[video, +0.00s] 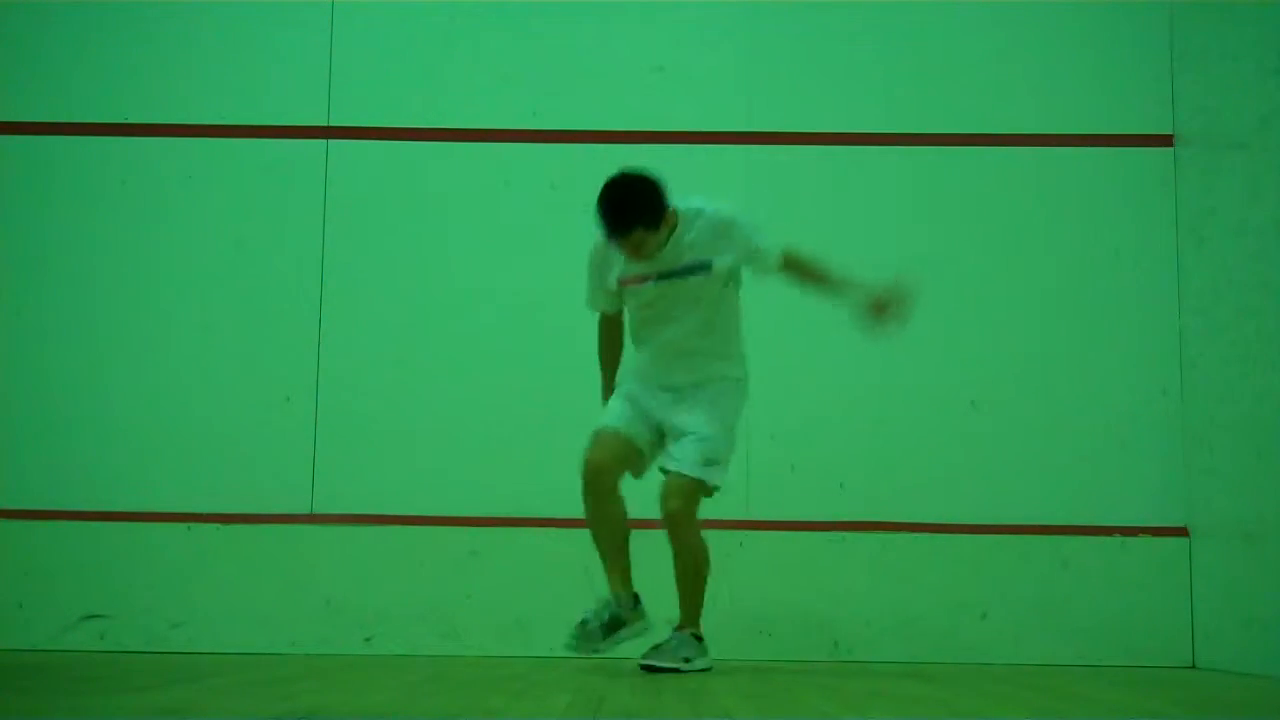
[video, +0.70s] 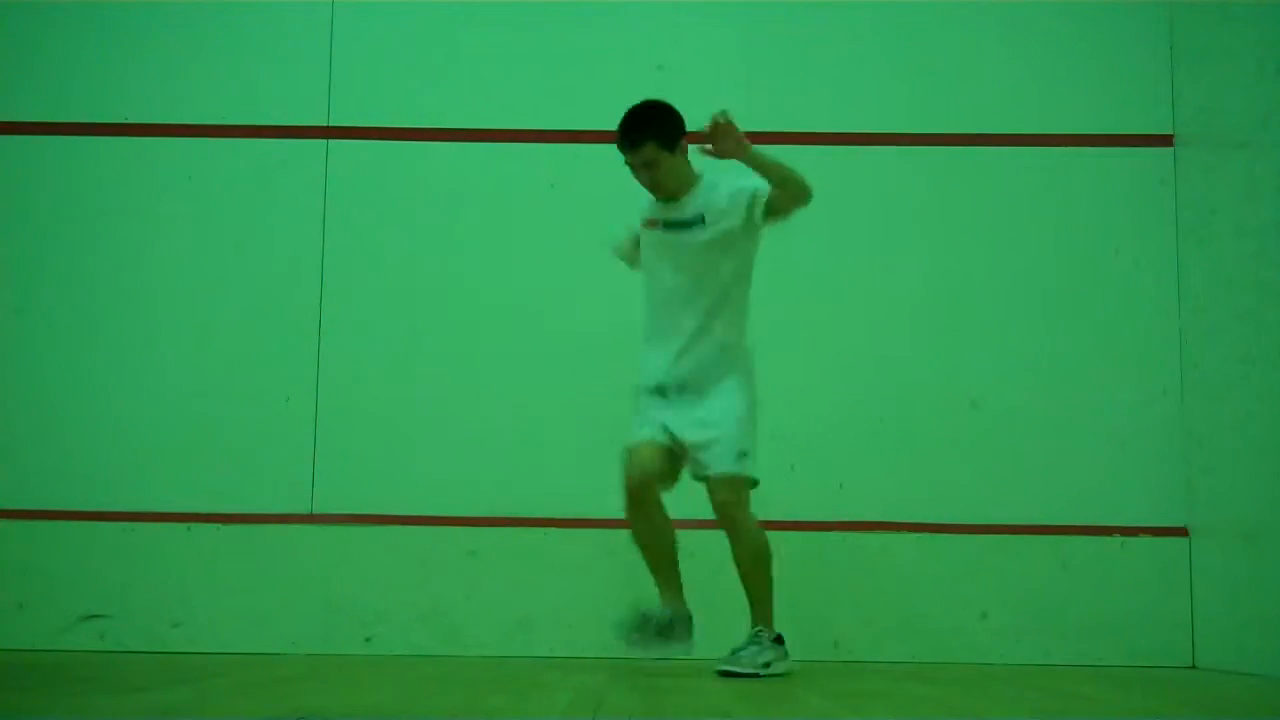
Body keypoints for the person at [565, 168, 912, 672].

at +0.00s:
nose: (629, 251)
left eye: (636, 241)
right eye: (621, 242)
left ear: (661, 221)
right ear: (614, 231)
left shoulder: (716, 232)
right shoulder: (609, 254)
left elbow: (786, 263)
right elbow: (610, 326)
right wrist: (611, 401)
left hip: (711, 389)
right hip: (647, 387)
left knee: (677, 504)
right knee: (597, 465)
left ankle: (689, 635)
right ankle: (623, 603)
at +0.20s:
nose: (587, 260)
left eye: (588, 248)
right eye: (577, 255)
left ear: (608, 221)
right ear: (576, 248)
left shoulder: (684, 242)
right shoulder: (599, 281)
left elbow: (767, 280)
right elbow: (574, 334)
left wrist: (843, 328)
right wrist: (526, 387)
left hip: (707, 394)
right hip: (654, 400)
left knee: (611, 486)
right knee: (597, 506)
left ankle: (666, 608)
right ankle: (645, 627)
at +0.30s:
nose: (593, 244)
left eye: (595, 230)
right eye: (585, 238)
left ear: (617, 206)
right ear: (582, 234)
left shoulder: (688, 234)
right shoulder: (604, 272)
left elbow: (780, 247)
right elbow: (555, 309)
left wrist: (871, 261)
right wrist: (504, 339)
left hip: (706, 392)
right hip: (668, 400)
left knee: (578, 398)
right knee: (601, 502)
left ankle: (590, 522)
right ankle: (648, 633)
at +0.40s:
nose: (607, 212)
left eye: (611, 198)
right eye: (598, 205)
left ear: (634, 177)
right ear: (593, 200)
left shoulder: (701, 207)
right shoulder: (604, 239)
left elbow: (785, 194)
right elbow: (534, 265)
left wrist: (875, 180)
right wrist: (461, 301)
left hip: (718, 357)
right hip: (677, 373)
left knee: (599, 314)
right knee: (637, 488)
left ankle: (545, 436)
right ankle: (651, 628)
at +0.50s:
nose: (619, 179)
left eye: (624, 166)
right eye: (611, 171)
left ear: (652, 146)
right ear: (608, 167)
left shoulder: (714, 183)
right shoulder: (612, 207)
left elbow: (776, 170)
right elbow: (544, 236)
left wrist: (842, 152)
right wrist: (466, 268)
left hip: (731, 335)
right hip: (681, 347)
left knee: (627, 320)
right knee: (661, 473)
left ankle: (594, 452)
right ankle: (664, 610)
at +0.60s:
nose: (633, 160)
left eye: (640, 146)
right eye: (625, 150)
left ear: (670, 131)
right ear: (621, 147)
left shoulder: (723, 175)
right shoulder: (631, 188)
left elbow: (793, 170)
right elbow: (584, 215)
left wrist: (767, 150)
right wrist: (546, 230)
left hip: (724, 335)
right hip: (668, 344)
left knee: (676, 434)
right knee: (661, 475)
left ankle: (724, 588)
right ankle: (676, 614)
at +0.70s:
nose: (642, 177)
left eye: (648, 163)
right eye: (634, 167)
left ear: (680, 149)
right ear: (631, 165)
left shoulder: (732, 197)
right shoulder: (655, 211)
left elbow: (798, 193)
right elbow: (667, 251)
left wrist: (746, 153)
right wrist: (634, 252)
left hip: (721, 385)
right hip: (662, 389)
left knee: (730, 502)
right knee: (639, 479)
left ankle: (766, 636)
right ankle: (673, 615)